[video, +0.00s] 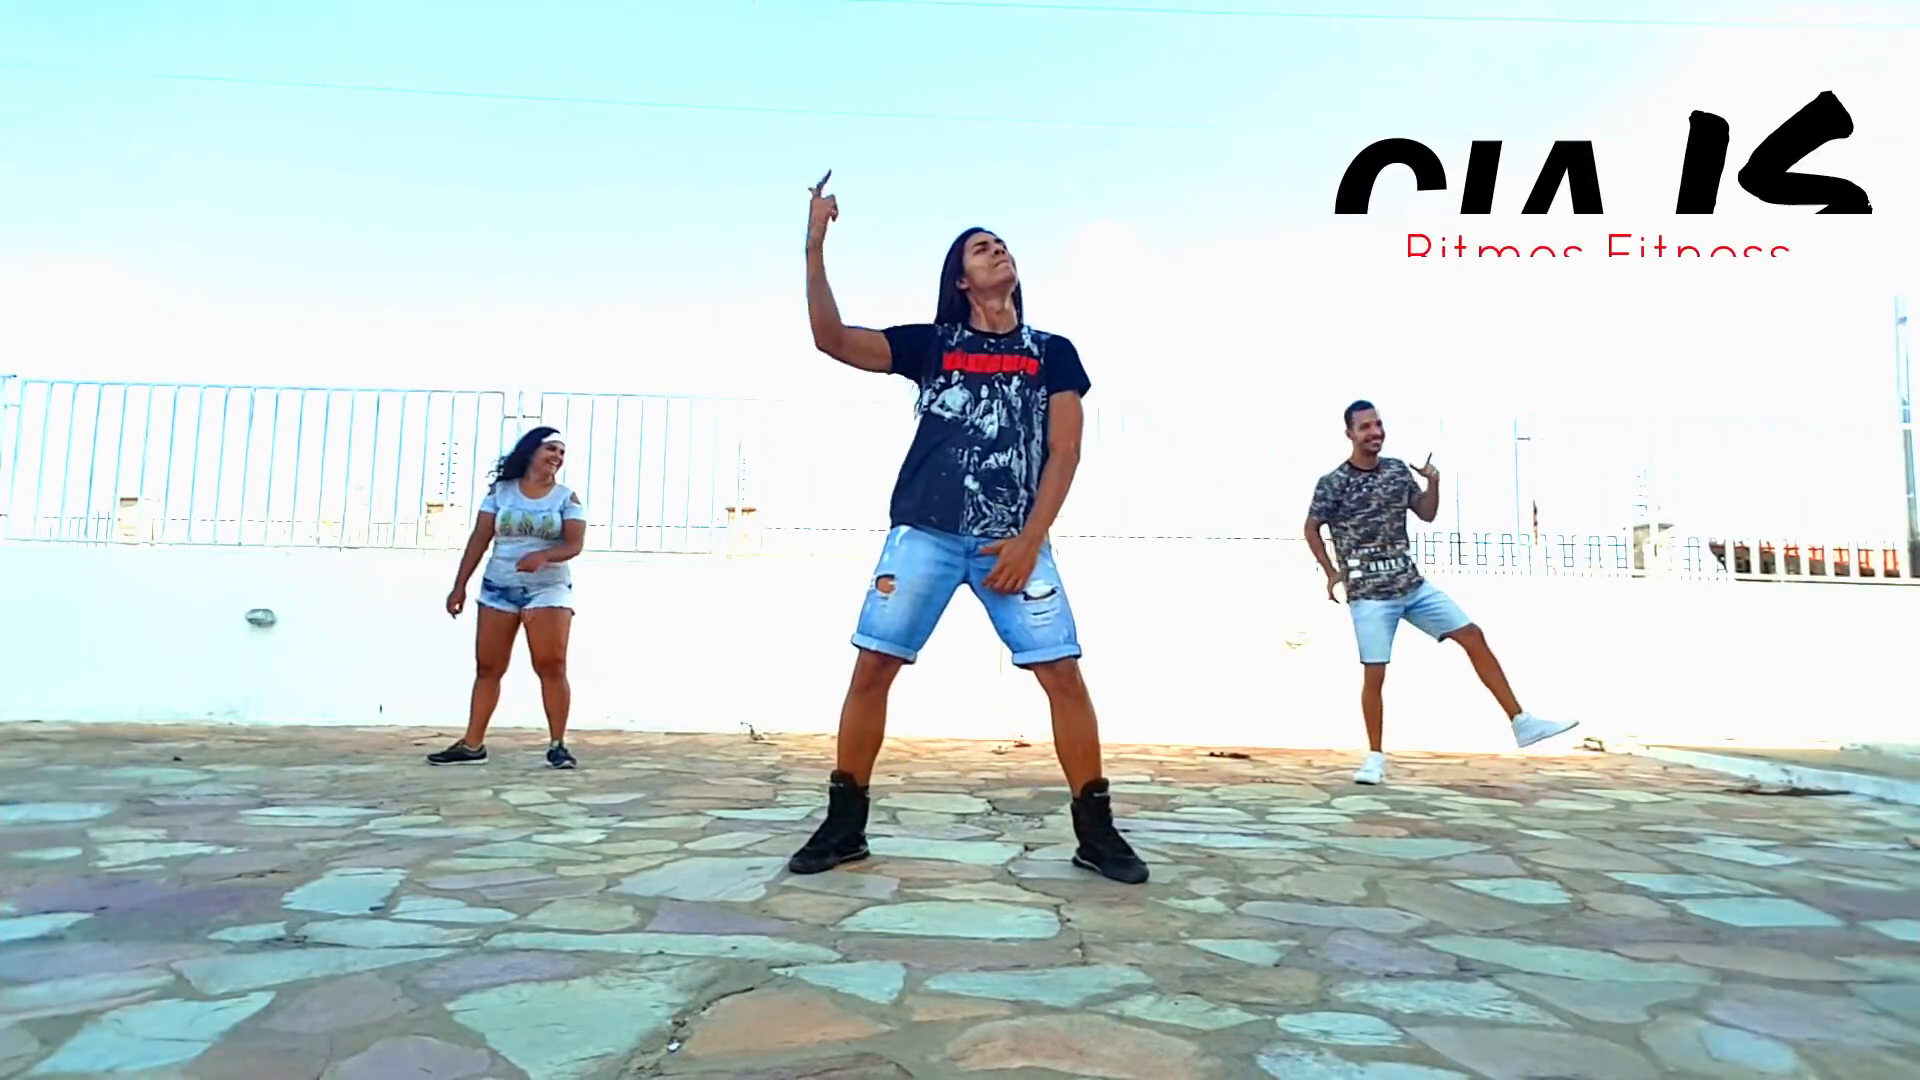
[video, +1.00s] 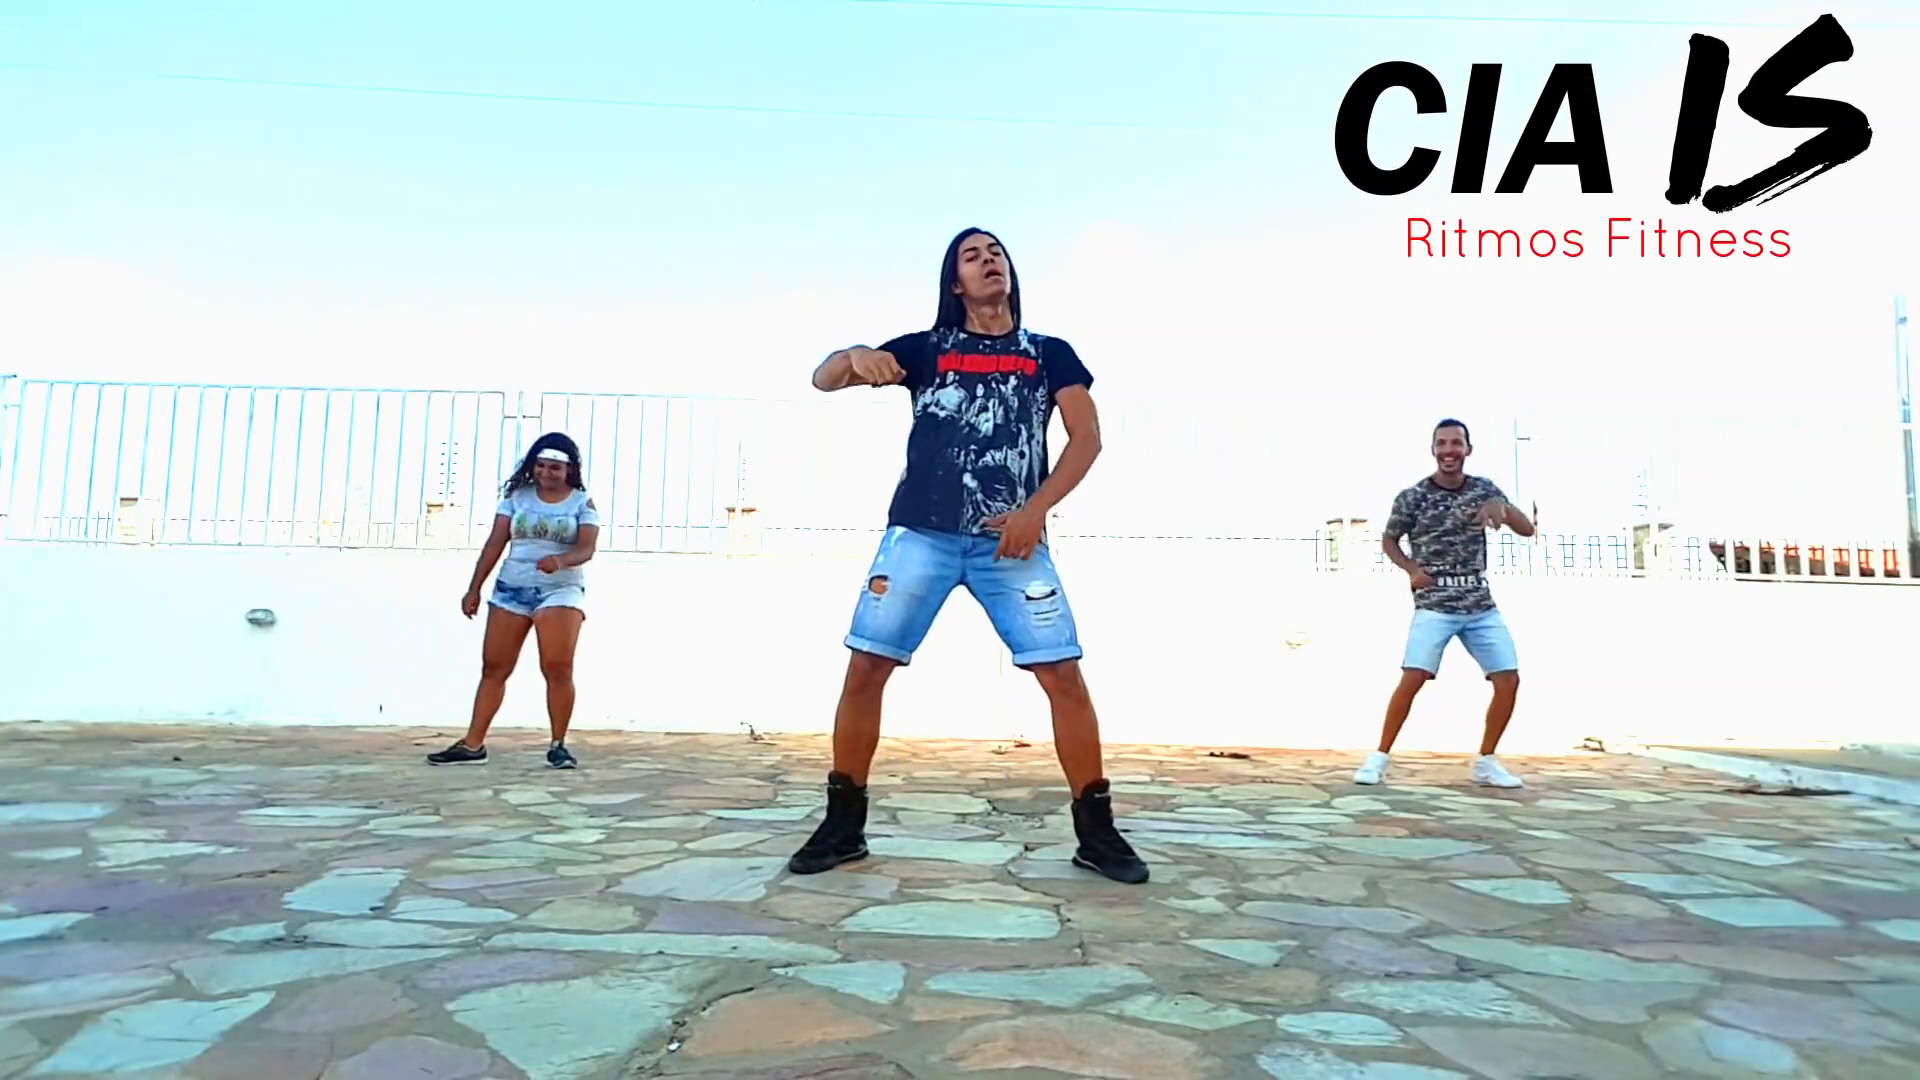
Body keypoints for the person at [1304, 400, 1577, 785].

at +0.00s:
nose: (1374, 432)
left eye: (1377, 425)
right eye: (1365, 427)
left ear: (1383, 429)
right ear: (1349, 434)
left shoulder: (1397, 471)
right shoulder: (1332, 484)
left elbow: (1426, 513)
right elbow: (1311, 530)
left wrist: (1432, 483)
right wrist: (1331, 572)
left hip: (1412, 586)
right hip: (1369, 594)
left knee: (1472, 636)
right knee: (1374, 674)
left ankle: (1521, 722)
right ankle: (1374, 756)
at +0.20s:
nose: (1351, 450)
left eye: (1358, 443)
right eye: (1346, 444)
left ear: (1377, 447)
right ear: (1343, 448)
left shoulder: (1399, 490)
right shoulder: (1332, 499)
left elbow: (1415, 542)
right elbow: (1315, 551)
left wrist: (1435, 518)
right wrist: (1341, 579)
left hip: (1415, 597)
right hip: (1371, 605)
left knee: (1471, 653)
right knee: (1375, 681)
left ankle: (1517, 742)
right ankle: (1376, 758)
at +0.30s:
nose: (1335, 440)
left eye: (1342, 434)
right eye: (1334, 434)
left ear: (1367, 435)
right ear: (1340, 437)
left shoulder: (1403, 474)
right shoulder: (1335, 487)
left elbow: (1425, 520)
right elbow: (1328, 541)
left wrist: (1444, 546)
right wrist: (1346, 540)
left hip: (1419, 585)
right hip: (1373, 595)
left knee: (1466, 650)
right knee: (1374, 673)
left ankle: (1499, 740)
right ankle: (1375, 756)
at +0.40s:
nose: (1335, 439)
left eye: (1341, 431)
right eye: (1334, 432)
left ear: (1365, 432)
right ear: (1349, 434)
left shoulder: (1411, 467)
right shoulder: (1343, 478)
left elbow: (1438, 508)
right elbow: (1335, 523)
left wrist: (1440, 546)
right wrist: (1356, 489)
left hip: (1423, 583)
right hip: (1375, 590)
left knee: (1462, 658)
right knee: (1372, 672)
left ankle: (1489, 742)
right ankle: (1373, 755)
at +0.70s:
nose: (1384, 445)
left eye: (1390, 437)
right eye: (1379, 439)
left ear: (1411, 438)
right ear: (1376, 444)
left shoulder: (1446, 482)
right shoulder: (1375, 491)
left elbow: (1462, 533)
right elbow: (1356, 547)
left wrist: (1453, 540)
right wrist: (1371, 525)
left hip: (1448, 598)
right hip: (1398, 600)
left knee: (1481, 673)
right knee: (1383, 676)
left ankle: (1486, 757)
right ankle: (1375, 757)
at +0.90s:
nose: (1433, 433)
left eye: (1441, 427)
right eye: (1426, 427)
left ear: (1453, 434)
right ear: (1417, 434)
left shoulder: (1470, 473)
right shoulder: (1398, 487)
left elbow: (1511, 513)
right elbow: (1385, 526)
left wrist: (1483, 492)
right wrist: (1402, 555)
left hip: (1470, 599)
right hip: (1423, 599)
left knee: (1496, 673)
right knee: (1401, 671)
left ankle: (1485, 758)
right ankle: (1376, 754)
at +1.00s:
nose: (1449, 450)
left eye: (1456, 443)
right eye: (1442, 443)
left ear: (1467, 450)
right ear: (1433, 449)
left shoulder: (1484, 490)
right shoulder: (1412, 498)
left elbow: (1527, 530)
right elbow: (1389, 541)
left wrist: (1502, 508)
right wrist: (1410, 568)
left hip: (1480, 606)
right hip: (1434, 606)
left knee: (1508, 679)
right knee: (1414, 676)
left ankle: (1486, 761)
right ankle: (1380, 755)